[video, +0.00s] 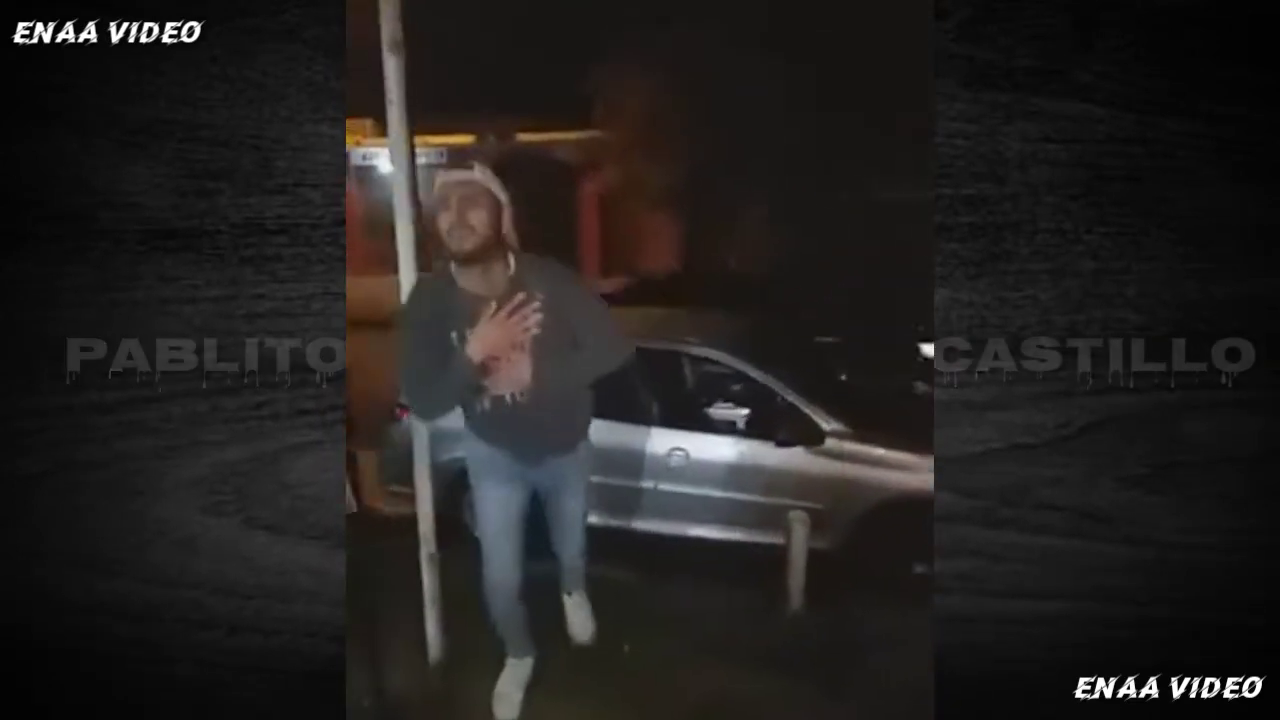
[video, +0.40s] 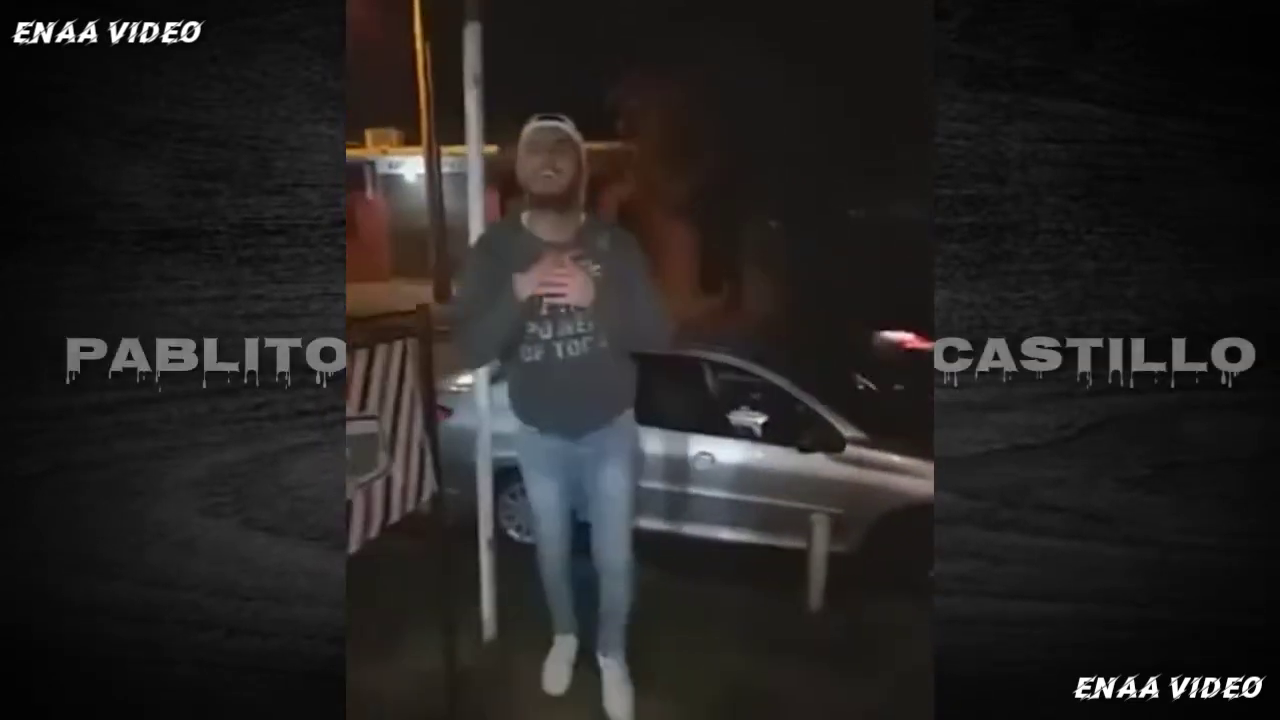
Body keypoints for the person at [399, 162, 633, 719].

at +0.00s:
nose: (457, 219)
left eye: (471, 206)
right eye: (445, 209)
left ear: (500, 216)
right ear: (435, 223)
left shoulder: (549, 280)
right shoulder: (431, 297)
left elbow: (613, 349)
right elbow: (423, 401)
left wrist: (539, 371)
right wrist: (474, 352)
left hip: (562, 448)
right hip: (492, 455)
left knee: (571, 546)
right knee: (500, 575)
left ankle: (573, 594)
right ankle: (517, 655)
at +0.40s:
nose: (549, 161)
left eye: (561, 151)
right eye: (536, 151)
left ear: (580, 165)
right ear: (516, 165)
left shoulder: (614, 243)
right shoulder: (497, 247)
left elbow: (655, 333)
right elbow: (471, 346)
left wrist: (595, 296)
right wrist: (516, 293)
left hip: (610, 426)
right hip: (538, 430)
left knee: (615, 556)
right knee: (551, 551)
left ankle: (612, 656)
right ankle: (564, 637)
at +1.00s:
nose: (648, 158)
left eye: (662, 149)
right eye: (637, 147)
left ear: (683, 169)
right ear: (616, 163)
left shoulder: (695, 254)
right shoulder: (575, 239)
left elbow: (712, 364)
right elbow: (533, 348)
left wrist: (657, 297)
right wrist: (598, 292)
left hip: (654, 446)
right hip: (580, 443)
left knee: (645, 587)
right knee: (581, 574)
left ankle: (651, 708)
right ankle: (590, 614)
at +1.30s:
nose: (615, 133)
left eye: (632, 122)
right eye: (602, 121)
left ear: (657, 143)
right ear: (584, 140)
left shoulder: (678, 231)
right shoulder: (549, 219)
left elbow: (700, 347)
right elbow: (509, 333)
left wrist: (630, 274)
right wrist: (566, 279)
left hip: (645, 441)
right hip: (562, 438)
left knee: (641, 572)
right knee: (551, 586)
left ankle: (646, 674)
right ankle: (548, 705)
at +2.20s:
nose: (614, 113)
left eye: (633, 104)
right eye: (598, 101)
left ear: (658, 136)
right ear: (571, 127)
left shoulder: (680, 230)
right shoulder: (526, 224)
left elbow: (704, 368)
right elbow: (489, 365)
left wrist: (632, 277)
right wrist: (573, 278)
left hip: (655, 480)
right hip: (557, 482)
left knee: (657, 655)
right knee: (564, 652)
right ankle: (566, 718)